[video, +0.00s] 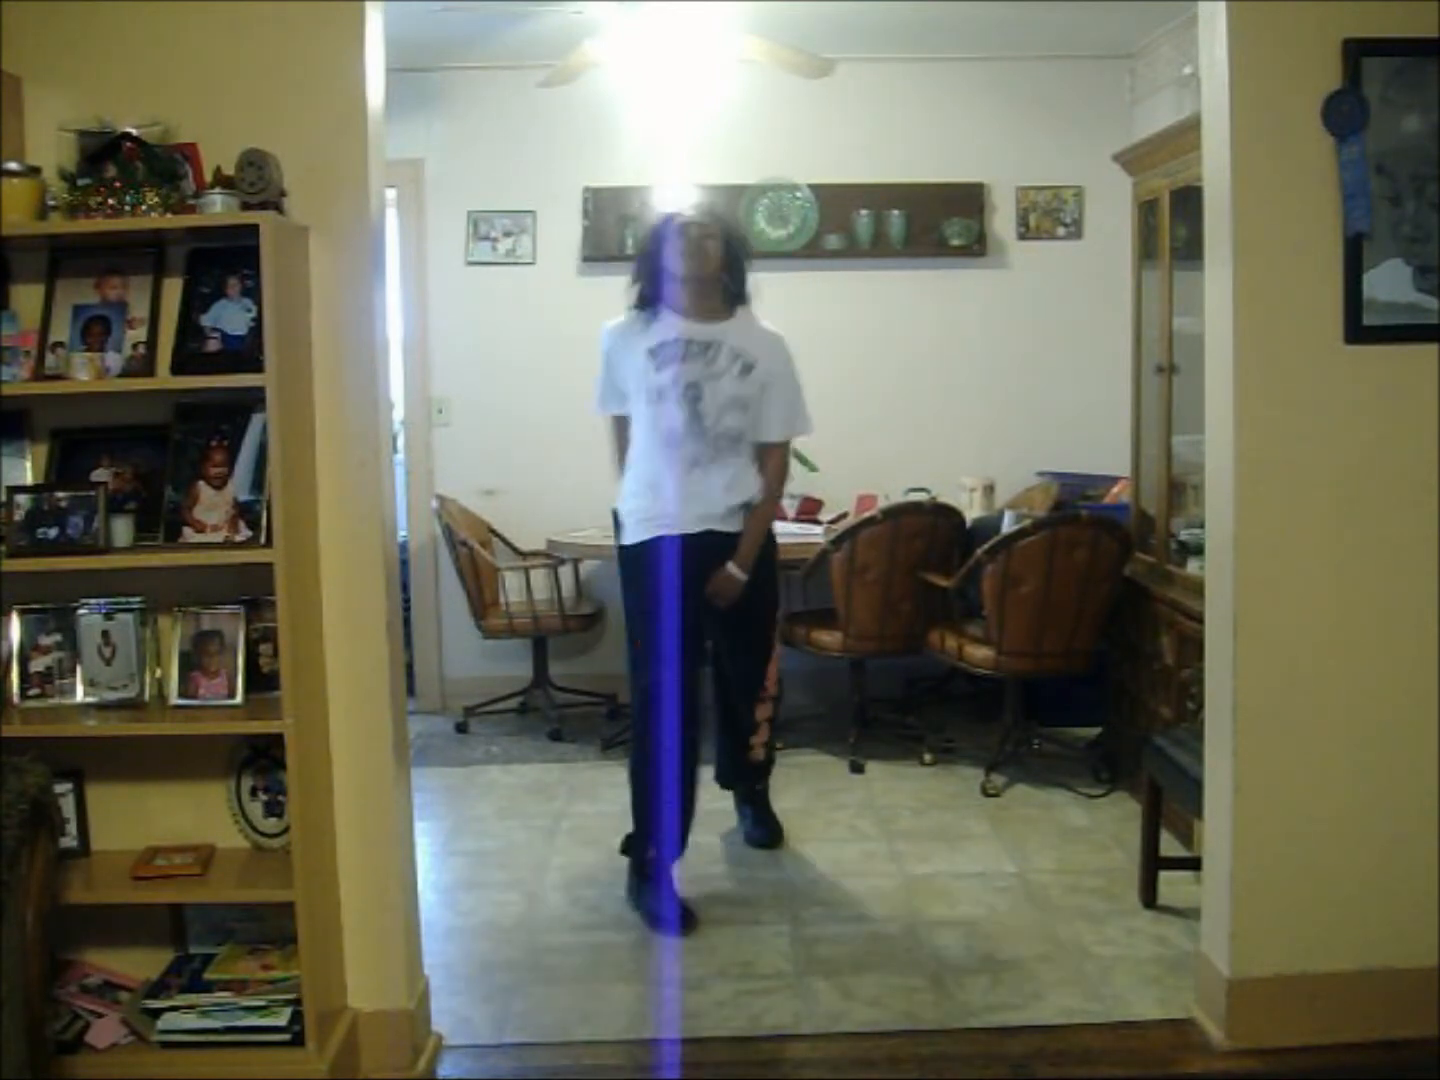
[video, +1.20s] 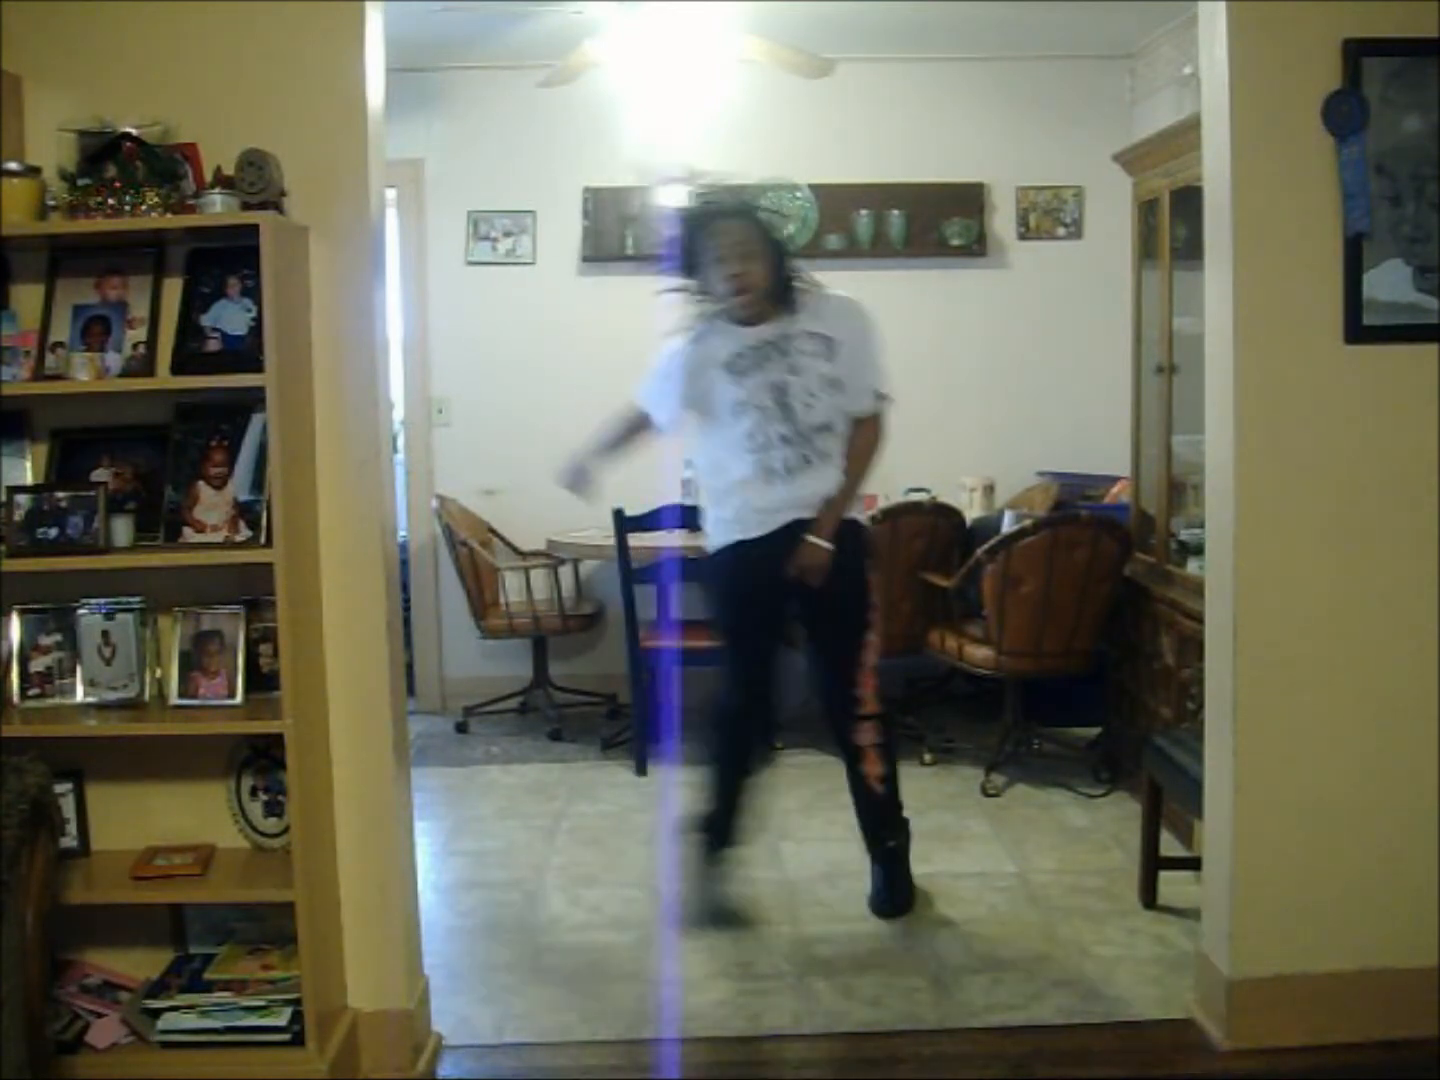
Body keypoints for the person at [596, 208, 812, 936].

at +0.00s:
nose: (694, 249)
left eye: (707, 238)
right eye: (680, 238)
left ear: (727, 255)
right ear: (657, 256)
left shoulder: (762, 346)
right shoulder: (626, 340)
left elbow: (775, 466)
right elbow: (622, 447)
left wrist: (743, 558)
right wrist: (638, 520)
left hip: (737, 533)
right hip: (652, 535)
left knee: (746, 676)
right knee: (662, 697)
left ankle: (751, 789)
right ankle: (653, 861)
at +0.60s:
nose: (606, 290)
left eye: (617, 275)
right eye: (604, 276)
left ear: (662, 273)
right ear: (629, 279)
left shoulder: (754, 347)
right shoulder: (608, 351)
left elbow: (772, 467)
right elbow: (603, 456)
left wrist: (738, 572)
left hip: (734, 545)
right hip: (650, 545)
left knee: (734, 687)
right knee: (661, 705)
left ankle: (738, 783)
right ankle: (651, 866)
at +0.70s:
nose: (607, 289)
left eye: (619, 274)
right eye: (605, 275)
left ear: (663, 272)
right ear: (624, 280)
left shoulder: (753, 348)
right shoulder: (619, 351)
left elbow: (771, 468)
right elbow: (606, 457)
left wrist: (738, 575)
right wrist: (639, 398)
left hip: (736, 545)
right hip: (653, 544)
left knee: (738, 688)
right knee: (662, 706)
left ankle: (738, 782)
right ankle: (650, 865)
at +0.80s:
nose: (626, 289)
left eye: (638, 274)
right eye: (624, 276)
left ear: (677, 274)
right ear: (636, 280)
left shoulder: (769, 352)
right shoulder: (627, 358)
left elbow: (783, 473)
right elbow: (582, 451)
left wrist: (747, 575)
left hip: (746, 551)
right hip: (657, 548)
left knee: (738, 695)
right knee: (660, 707)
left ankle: (738, 785)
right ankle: (651, 868)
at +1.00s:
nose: (661, 288)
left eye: (669, 271)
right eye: (646, 283)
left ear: (704, 270)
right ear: (637, 302)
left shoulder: (784, 343)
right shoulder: (645, 373)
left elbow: (824, 445)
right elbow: (582, 431)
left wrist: (779, 544)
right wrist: (526, 468)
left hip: (777, 549)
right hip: (688, 556)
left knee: (781, 702)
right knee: (673, 719)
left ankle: (794, 764)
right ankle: (651, 872)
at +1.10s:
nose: (684, 286)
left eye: (696, 268)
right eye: (669, 276)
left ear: (728, 267)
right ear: (655, 289)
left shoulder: (797, 336)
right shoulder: (661, 364)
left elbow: (837, 436)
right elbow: (598, 418)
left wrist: (795, 530)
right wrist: (540, 451)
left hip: (791, 544)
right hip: (701, 554)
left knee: (812, 706)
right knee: (689, 717)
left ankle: (851, 838)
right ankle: (653, 869)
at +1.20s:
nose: (735, 274)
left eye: (746, 256)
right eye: (718, 263)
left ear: (776, 255)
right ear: (704, 275)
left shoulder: (837, 321)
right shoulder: (696, 351)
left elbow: (867, 426)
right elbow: (642, 415)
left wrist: (826, 526)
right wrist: (591, 457)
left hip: (828, 531)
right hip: (741, 542)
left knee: (850, 700)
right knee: (744, 704)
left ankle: (888, 853)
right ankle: (711, 861)